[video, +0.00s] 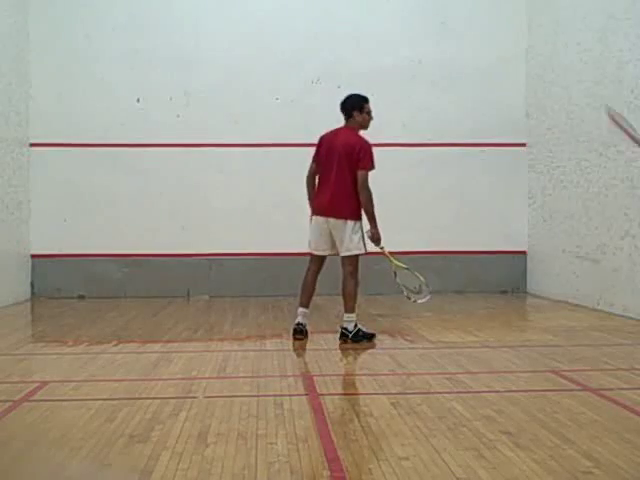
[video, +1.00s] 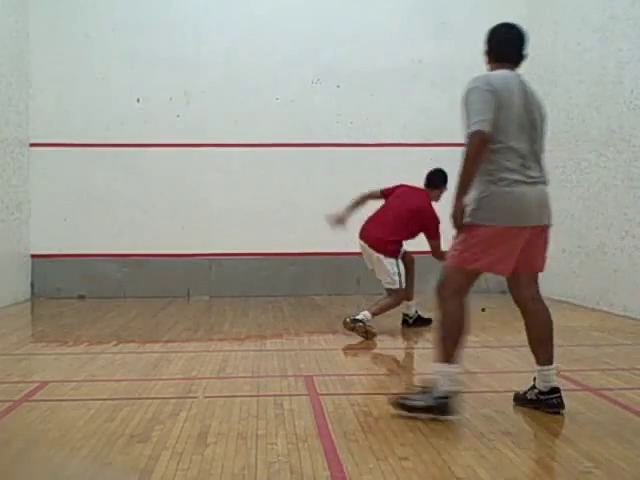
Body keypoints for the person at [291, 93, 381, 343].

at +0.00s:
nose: (371, 116)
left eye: (370, 112)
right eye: (367, 112)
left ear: (348, 114)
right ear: (355, 114)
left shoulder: (326, 139)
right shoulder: (361, 145)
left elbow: (311, 175)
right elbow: (362, 187)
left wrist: (313, 206)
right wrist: (373, 225)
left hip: (320, 210)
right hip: (346, 214)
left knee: (314, 265)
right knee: (350, 269)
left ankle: (300, 320)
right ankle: (349, 325)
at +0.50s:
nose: (391, 131)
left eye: (389, 127)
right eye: (391, 127)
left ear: (371, 126)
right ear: (389, 129)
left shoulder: (355, 146)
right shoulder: (382, 157)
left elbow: (334, 162)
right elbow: (385, 197)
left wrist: (335, 176)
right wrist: (409, 226)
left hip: (343, 218)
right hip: (364, 222)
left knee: (351, 265)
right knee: (378, 272)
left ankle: (328, 303)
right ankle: (354, 324)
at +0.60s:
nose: (406, 143)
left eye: (406, 139)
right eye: (406, 139)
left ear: (387, 136)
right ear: (403, 140)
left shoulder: (367, 150)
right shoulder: (392, 165)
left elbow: (338, 156)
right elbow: (395, 203)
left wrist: (326, 167)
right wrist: (425, 224)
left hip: (347, 218)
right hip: (366, 224)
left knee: (367, 268)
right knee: (381, 273)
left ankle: (360, 312)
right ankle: (355, 323)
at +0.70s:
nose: (420, 156)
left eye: (420, 152)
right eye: (420, 152)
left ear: (402, 147)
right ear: (416, 152)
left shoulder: (381, 158)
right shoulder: (402, 172)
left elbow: (350, 154)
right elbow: (405, 206)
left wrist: (325, 159)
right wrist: (440, 218)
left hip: (352, 221)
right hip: (367, 227)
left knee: (385, 267)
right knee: (382, 277)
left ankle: (394, 309)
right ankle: (354, 323)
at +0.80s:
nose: (429, 173)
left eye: (430, 169)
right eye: (430, 169)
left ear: (413, 162)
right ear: (426, 167)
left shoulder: (392, 169)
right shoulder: (411, 183)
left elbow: (361, 161)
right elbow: (417, 215)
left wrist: (332, 162)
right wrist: (455, 219)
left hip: (360, 228)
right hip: (373, 234)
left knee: (395, 268)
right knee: (388, 282)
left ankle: (408, 313)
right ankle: (357, 321)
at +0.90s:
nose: (438, 188)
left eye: (439, 184)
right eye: (438, 183)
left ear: (423, 177)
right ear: (434, 182)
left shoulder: (400, 183)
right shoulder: (419, 197)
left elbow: (368, 179)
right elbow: (432, 237)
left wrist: (335, 182)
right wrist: (467, 233)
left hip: (365, 234)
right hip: (379, 241)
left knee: (406, 261)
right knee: (398, 290)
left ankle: (410, 314)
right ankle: (361, 317)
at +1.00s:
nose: (442, 193)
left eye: (443, 189)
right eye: (443, 189)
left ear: (426, 183)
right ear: (440, 189)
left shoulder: (403, 189)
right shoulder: (429, 214)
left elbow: (367, 196)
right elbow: (437, 253)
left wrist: (344, 214)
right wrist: (454, 256)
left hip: (366, 237)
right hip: (383, 248)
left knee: (408, 259)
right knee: (398, 296)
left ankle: (410, 312)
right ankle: (361, 319)